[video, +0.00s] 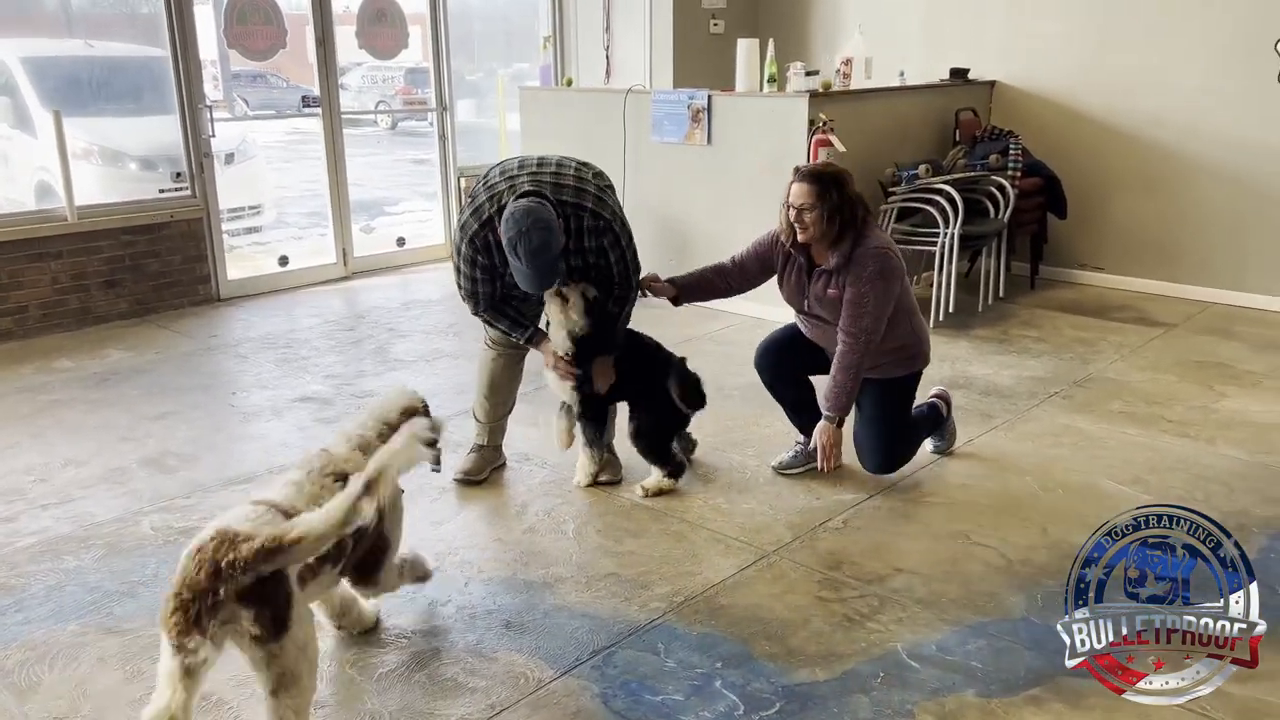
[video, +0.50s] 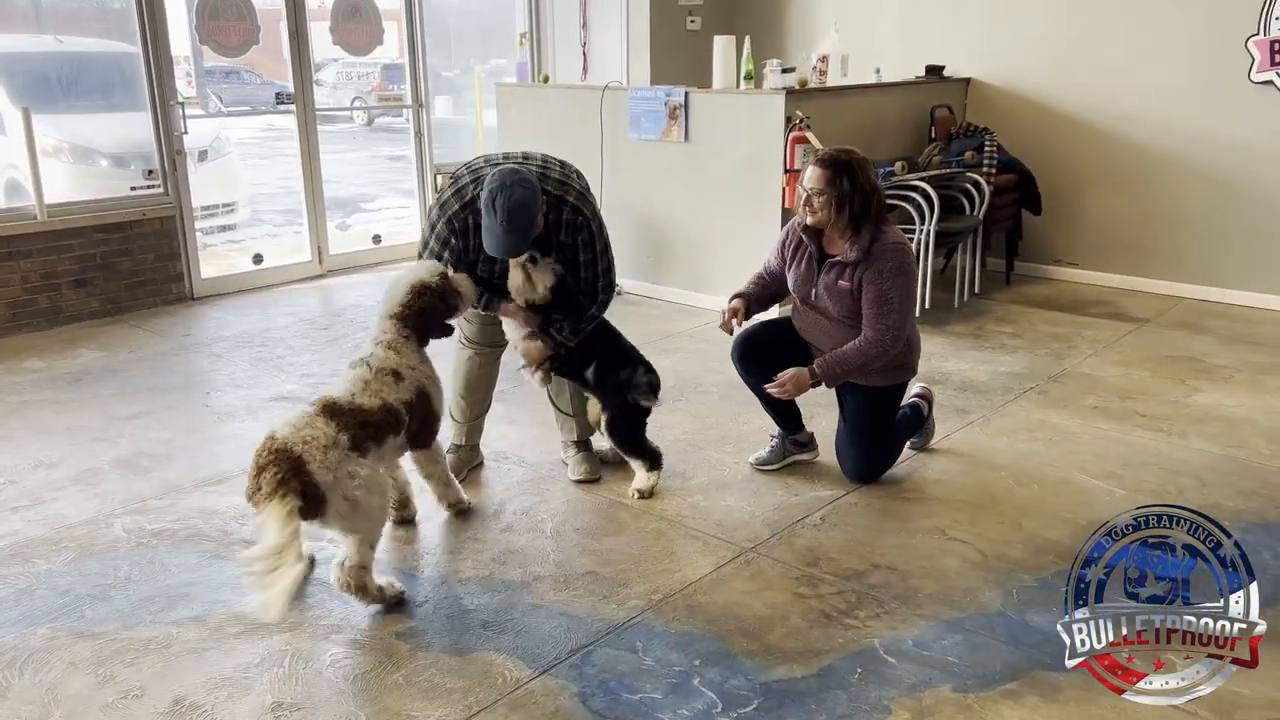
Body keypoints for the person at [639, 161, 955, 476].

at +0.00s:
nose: (796, 218)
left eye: (806, 210)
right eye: (791, 208)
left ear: (834, 210)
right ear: (786, 207)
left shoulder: (872, 259)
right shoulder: (787, 244)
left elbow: (854, 344)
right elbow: (735, 273)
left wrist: (833, 419)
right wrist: (674, 288)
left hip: (888, 353)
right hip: (831, 337)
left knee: (878, 459)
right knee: (772, 357)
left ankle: (938, 411)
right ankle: (813, 442)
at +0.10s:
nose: (797, 222)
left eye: (808, 214)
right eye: (794, 211)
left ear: (837, 214)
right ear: (789, 210)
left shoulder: (875, 264)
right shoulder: (788, 245)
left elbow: (855, 349)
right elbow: (736, 270)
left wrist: (826, 420)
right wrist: (680, 281)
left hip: (884, 360)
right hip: (828, 343)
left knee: (875, 469)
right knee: (768, 357)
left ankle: (932, 412)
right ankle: (811, 444)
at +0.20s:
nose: (799, 221)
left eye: (811, 214)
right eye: (797, 211)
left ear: (841, 216)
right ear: (793, 208)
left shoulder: (879, 267)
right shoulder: (792, 243)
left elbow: (855, 351)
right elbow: (741, 269)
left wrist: (814, 416)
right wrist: (690, 277)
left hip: (882, 362)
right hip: (827, 341)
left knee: (870, 469)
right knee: (765, 356)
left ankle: (928, 411)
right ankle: (809, 445)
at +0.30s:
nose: (804, 216)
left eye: (815, 208)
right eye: (802, 206)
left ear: (844, 212)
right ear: (798, 202)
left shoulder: (884, 265)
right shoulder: (796, 238)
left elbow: (862, 351)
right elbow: (753, 270)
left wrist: (809, 406)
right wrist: (708, 282)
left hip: (878, 364)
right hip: (822, 342)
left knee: (866, 469)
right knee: (759, 353)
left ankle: (925, 410)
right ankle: (805, 441)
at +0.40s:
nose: (805, 207)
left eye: (816, 202)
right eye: (804, 197)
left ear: (846, 204)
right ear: (800, 194)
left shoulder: (886, 259)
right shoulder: (797, 236)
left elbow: (872, 346)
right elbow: (761, 275)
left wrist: (811, 390)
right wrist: (730, 291)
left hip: (875, 363)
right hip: (819, 340)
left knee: (863, 468)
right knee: (753, 351)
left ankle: (923, 410)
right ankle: (799, 438)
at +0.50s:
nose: (804, 200)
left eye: (816, 194)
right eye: (803, 191)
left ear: (847, 197)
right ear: (799, 190)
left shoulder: (886, 254)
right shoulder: (799, 232)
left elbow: (882, 340)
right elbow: (773, 277)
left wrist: (812, 374)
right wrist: (744, 299)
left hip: (872, 360)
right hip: (815, 336)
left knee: (859, 468)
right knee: (749, 349)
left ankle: (919, 409)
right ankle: (796, 437)